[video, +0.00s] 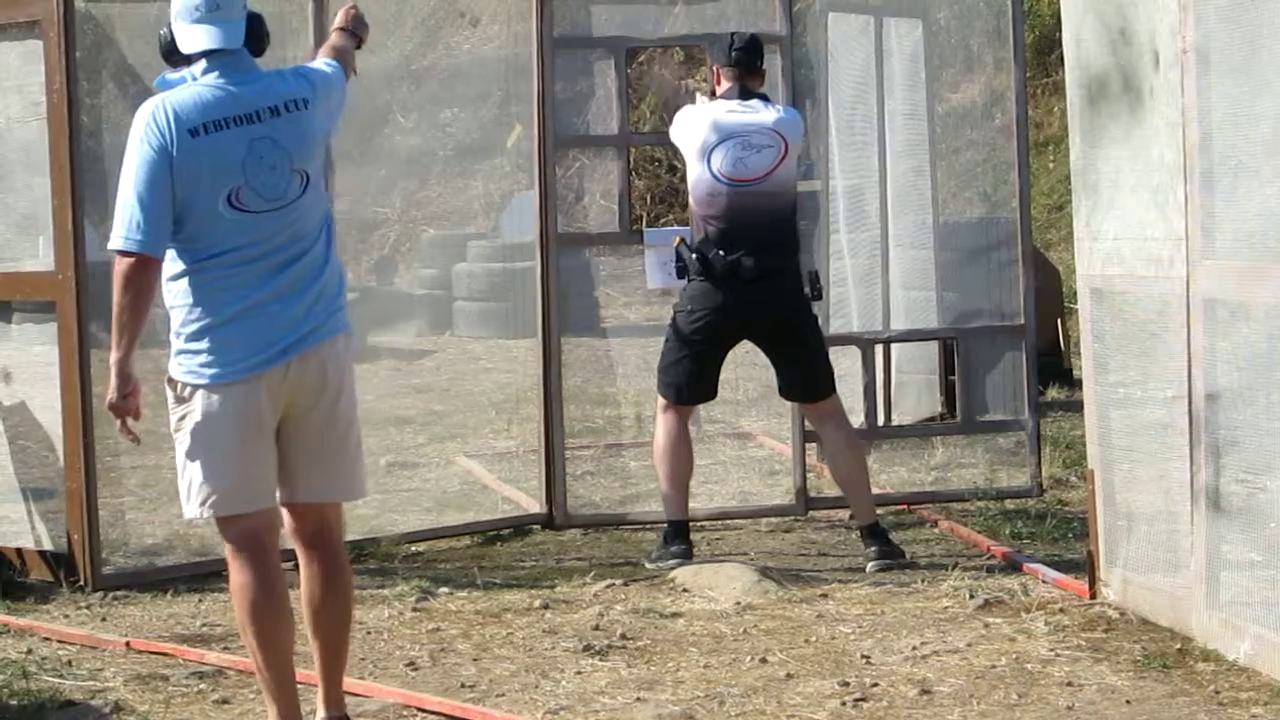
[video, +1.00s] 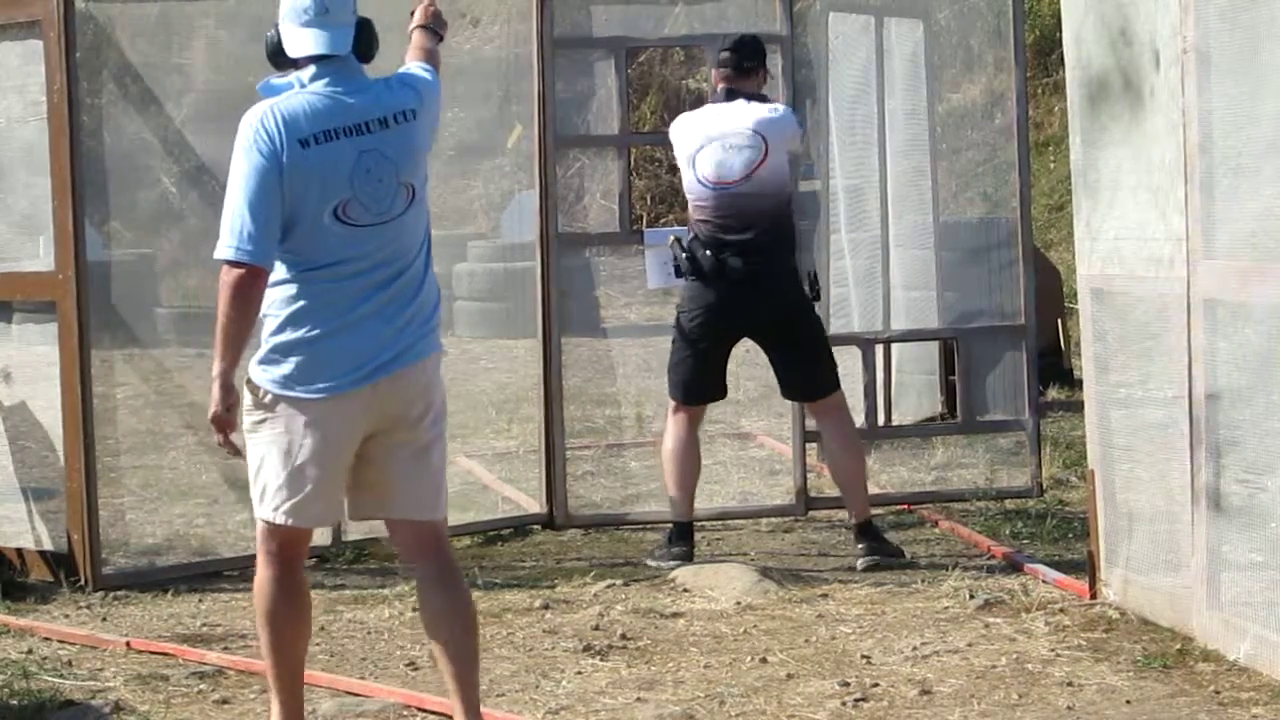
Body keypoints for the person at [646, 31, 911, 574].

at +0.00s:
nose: (714, 83)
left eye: (712, 75)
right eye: (729, 74)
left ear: (717, 78)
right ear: (762, 76)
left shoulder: (690, 122)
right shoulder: (791, 122)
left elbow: (692, 123)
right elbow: (759, 124)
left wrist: (713, 100)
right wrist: (731, 98)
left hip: (710, 296)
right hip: (781, 294)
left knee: (673, 408)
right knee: (828, 414)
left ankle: (675, 538)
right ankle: (875, 536)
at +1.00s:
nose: (761, 85)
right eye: (762, 77)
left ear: (713, 79)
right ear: (761, 78)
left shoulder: (682, 128)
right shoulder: (781, 119)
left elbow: (709, 168)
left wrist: (727, 101)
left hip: (708, 296)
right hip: (777, 292)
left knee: (683, 414)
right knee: (830, 412)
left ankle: (679, 539)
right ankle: (867, 534)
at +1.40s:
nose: (791, 90)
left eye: (792, 82)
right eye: (789, 80)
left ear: (740, 75)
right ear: (767, 76)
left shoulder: (703, 123)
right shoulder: (779, 118)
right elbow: (835, 139)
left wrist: (842, 132)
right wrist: (865, 129)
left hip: (709, 296)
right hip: (770, 294)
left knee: (707, 421)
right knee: (835, 419)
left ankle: (684, 537)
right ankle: (866, 537)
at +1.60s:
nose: (794, 88)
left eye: (794, 82)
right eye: (793, 80)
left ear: (743, 75)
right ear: (781, 76)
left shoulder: (704, 121)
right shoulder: (784, 119)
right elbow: (837, 139)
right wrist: (865, 125)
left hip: (708, 294)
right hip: (769, 293)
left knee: (705, 420)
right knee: (834, 416)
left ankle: (682, 539)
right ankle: (867, 537)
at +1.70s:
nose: (794, 89)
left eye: (794, 81)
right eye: (793, 80)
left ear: (742, 75)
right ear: (779, 76)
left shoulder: (704, 122)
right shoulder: (783, 121)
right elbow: (843, 138)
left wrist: (843, 132)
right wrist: (865, 126)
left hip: (708, 295)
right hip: (769, 294)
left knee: (704, 419)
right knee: (834, 416)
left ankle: (682, 538)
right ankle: (867, 538)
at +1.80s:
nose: (793, 89)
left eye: (792, 82)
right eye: (793, 81)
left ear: (742, 75)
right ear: (780, 77)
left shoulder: (703, 121)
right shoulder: (782, 121)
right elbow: (841, 139)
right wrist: (862, 127)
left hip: (706, 295)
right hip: (768, 294)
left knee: (702, 419)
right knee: (833, 416)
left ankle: (681, 538)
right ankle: (866, 537)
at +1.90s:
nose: (793, 90)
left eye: (793, 83)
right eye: (793, 81)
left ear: (742, 75)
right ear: (780, 77)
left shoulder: (703, 122)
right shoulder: (781, 122)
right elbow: (842, 139)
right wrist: (863, 127)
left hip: (706, 296)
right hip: (768, 295)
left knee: (703, 418)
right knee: (834, 417)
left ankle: (681, 538)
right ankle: (867, 538)